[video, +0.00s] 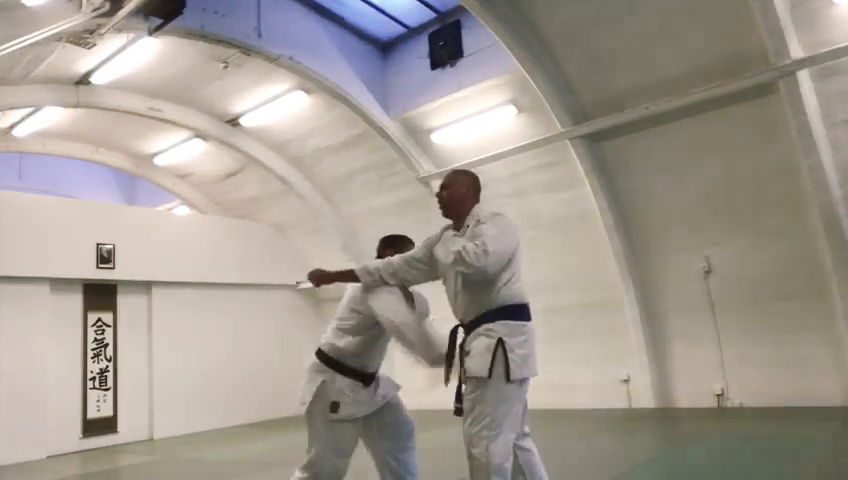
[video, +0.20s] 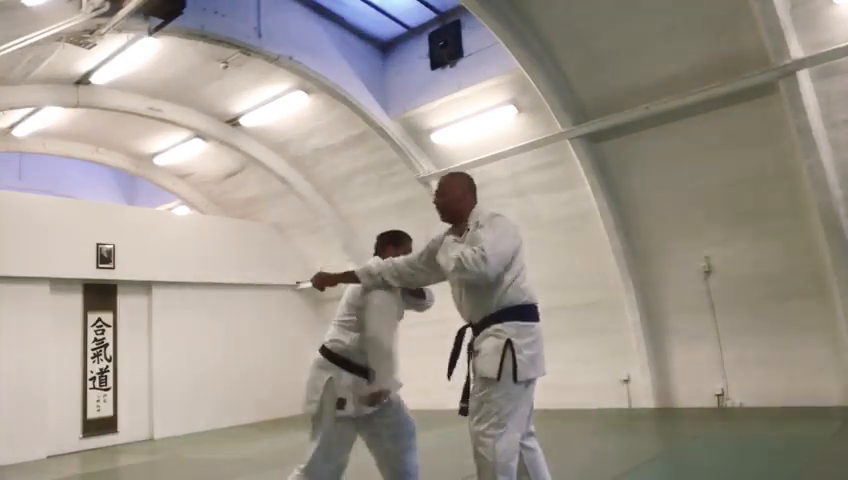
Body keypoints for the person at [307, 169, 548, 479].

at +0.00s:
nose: (438, 195)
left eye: (445, 189)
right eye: (439, 190)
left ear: (469, 192)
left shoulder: (497, 225)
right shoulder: (443, 239)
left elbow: (483, 260)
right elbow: (400, 267)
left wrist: (444, 245)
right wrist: (335, 276)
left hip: (503, 337)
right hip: (480, 338)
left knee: (484, 438)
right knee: (514, 436)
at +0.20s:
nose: (435, 203)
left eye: (440, 195)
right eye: (435, 196)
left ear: (462, 196)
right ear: (459, 199)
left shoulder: (497, 226)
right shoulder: (447, 240)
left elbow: (482, 267)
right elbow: (406, 268)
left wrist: (443, 248)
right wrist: (339, 278)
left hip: (509, 338)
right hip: (490, 339)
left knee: (489, 435)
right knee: (518, 435)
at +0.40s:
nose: (416, 227)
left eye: (420, 218)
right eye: (415, 221)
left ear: (442, 212)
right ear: (438, 214)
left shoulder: (477, 238)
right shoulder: (440, 257)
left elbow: (496, 295)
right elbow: (403, 285)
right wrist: (346, 286)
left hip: (516, 340)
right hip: (501, 342)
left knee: (488, 435)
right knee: (520, 441)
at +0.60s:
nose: (404, 277)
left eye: (403, 268)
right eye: (399, 271)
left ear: (416, 252)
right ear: (418, 249)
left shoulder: (464, 259)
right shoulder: (437, 273)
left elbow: (502, 320)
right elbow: (444, 324)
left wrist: (481, 354)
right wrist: (427, 353)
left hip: (524, 342)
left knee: (491, 437)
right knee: (521, 440)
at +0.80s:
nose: (396, 309)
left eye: (394, 302)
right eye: (390, 305)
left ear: (404, 286)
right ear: (406, 281)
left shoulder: (450, 282)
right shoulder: (429, 290)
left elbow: (507, 328)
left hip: (527, 343)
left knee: (499, 441)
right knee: (522, 440)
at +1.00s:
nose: (391, 337)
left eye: (385, 329)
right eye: (383, 333)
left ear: (394, 307)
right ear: (395, 304)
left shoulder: (438, 299)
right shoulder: (426, 306)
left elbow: (504, 336)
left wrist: (497, 374)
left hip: (527, 338)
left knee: (498, 439)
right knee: (528, 434)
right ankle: (543, 477)